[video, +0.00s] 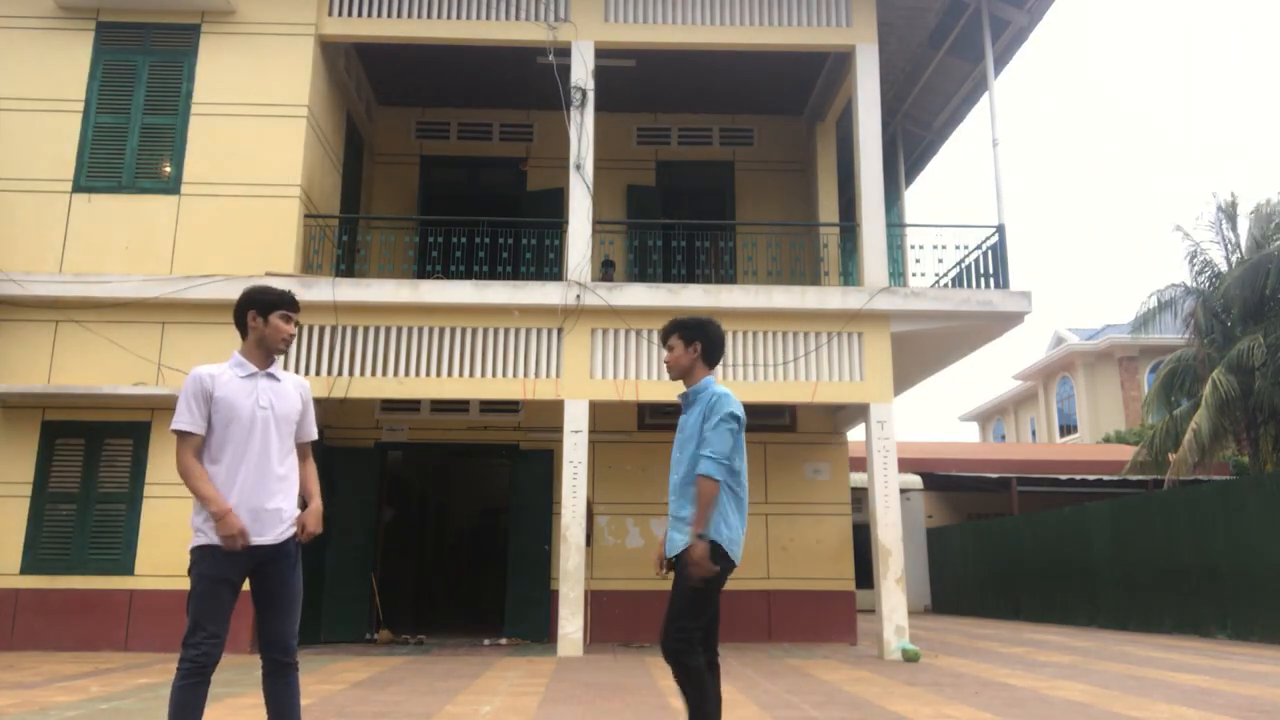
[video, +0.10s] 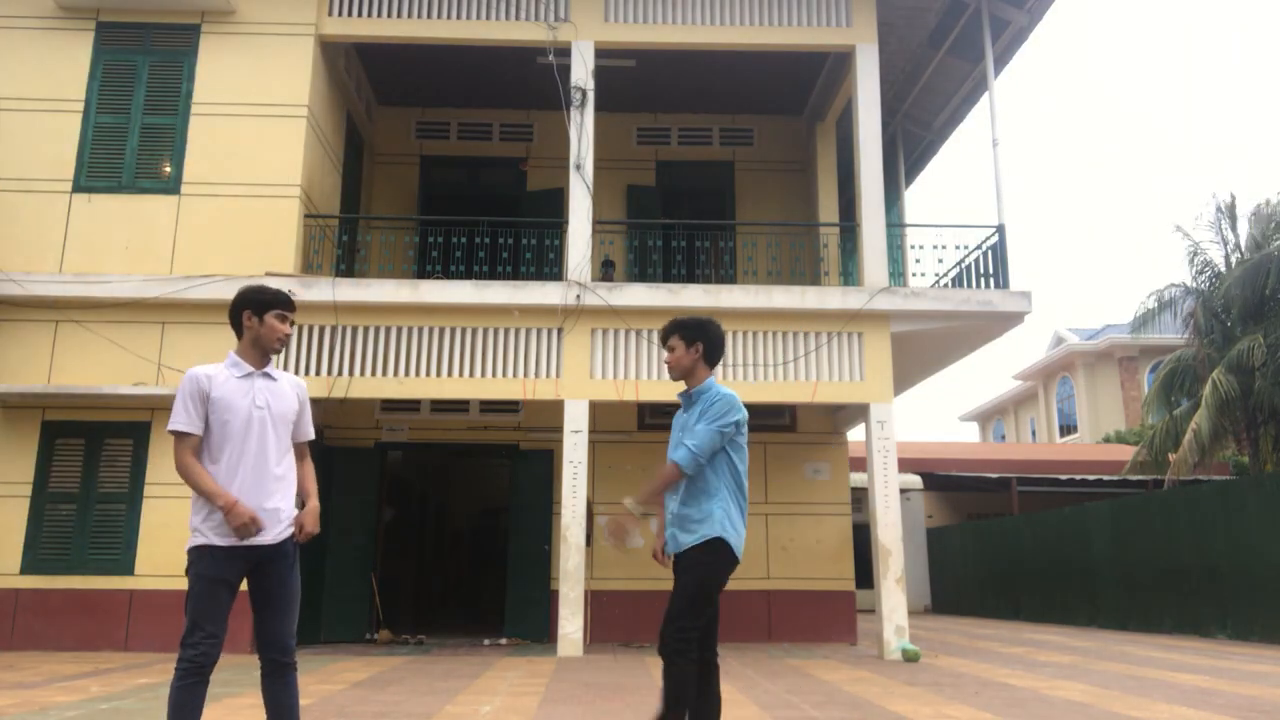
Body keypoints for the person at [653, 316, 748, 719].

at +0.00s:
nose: (665, 356)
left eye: (671, 348)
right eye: (665, 348)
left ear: (696, 350)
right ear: (690, 353)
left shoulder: (720, 402)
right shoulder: (695, 406)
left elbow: (710, 474)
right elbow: (687, 480)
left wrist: (699, 535)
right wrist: (669, 538)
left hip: (709, 542)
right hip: (692, 542)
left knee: (678, 641)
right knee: (701, 647)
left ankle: (705, 713)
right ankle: (707, 714)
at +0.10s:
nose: (666, 357)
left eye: (672, 349)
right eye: (665, 349)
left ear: (698, 351)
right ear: (688, 353)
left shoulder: (724, 402)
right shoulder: (685, 411)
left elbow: (682, 465)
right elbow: (677, 477)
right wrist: (662, 530)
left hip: (713, 538)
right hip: (688, 541)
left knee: (676, 643)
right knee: (700, 649)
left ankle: (674, 714)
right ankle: (704, 715)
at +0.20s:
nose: (667, 357)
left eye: (673, 349)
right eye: (666, 350)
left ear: (700, 350)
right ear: (692, 353)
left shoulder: (727, 401)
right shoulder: (681, 412)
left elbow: (680, 445)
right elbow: (657, 459)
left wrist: (612, 450)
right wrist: (646, 485)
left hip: (715, 538)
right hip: (688, 540)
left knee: (670, 638)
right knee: (701, 651)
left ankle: (646, 712)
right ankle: (705, 716)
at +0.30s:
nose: (666, 355)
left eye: (673, 346)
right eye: (665, 348)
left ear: (700, 348)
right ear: (687, 352)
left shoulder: (728, 400)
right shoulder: (677, 410)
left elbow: (678, 440)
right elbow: (637, 459)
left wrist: (634, 418)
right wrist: (626, 433)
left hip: (715, 532)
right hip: (688, 536)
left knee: (664, 631)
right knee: (700, 651)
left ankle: (630, 714)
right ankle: (705, 719)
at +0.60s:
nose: (672, 352)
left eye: (679, 343)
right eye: (671, 345)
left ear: (708, 345)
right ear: (681, 349)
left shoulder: (734, 403)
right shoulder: (678, 409)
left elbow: (725, 466)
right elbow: (624, 435)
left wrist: (660, 470)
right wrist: (570, 401)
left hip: (710, 536)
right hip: (680, 538)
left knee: (691, 643)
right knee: (686, 644)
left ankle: (698, 717)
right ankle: (693, 715)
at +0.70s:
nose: (679, 350)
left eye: (686, 341)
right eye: (678, 343)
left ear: (714, 343)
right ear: (693, 347)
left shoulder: (741, 399)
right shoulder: (684, 406)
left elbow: (731, 463)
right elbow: (625, 425)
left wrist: (669, 463)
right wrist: (572, 393)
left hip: (716, 536)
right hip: (682, 539)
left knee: (710, 643)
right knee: (683, 649)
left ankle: (736, 718)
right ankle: (698, 719)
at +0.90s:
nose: (697, 346)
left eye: (703, 337)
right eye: (695, 338)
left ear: (731, 337)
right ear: (719, 341)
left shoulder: (748, 390)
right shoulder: (716, 397)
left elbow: (704, 446)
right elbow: (664, 438)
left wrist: (672, 418)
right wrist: (601, 420)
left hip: (748, 539)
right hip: (720, 541)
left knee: (750, 652)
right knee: (693, 644)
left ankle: (777, 719)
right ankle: (696, 718)